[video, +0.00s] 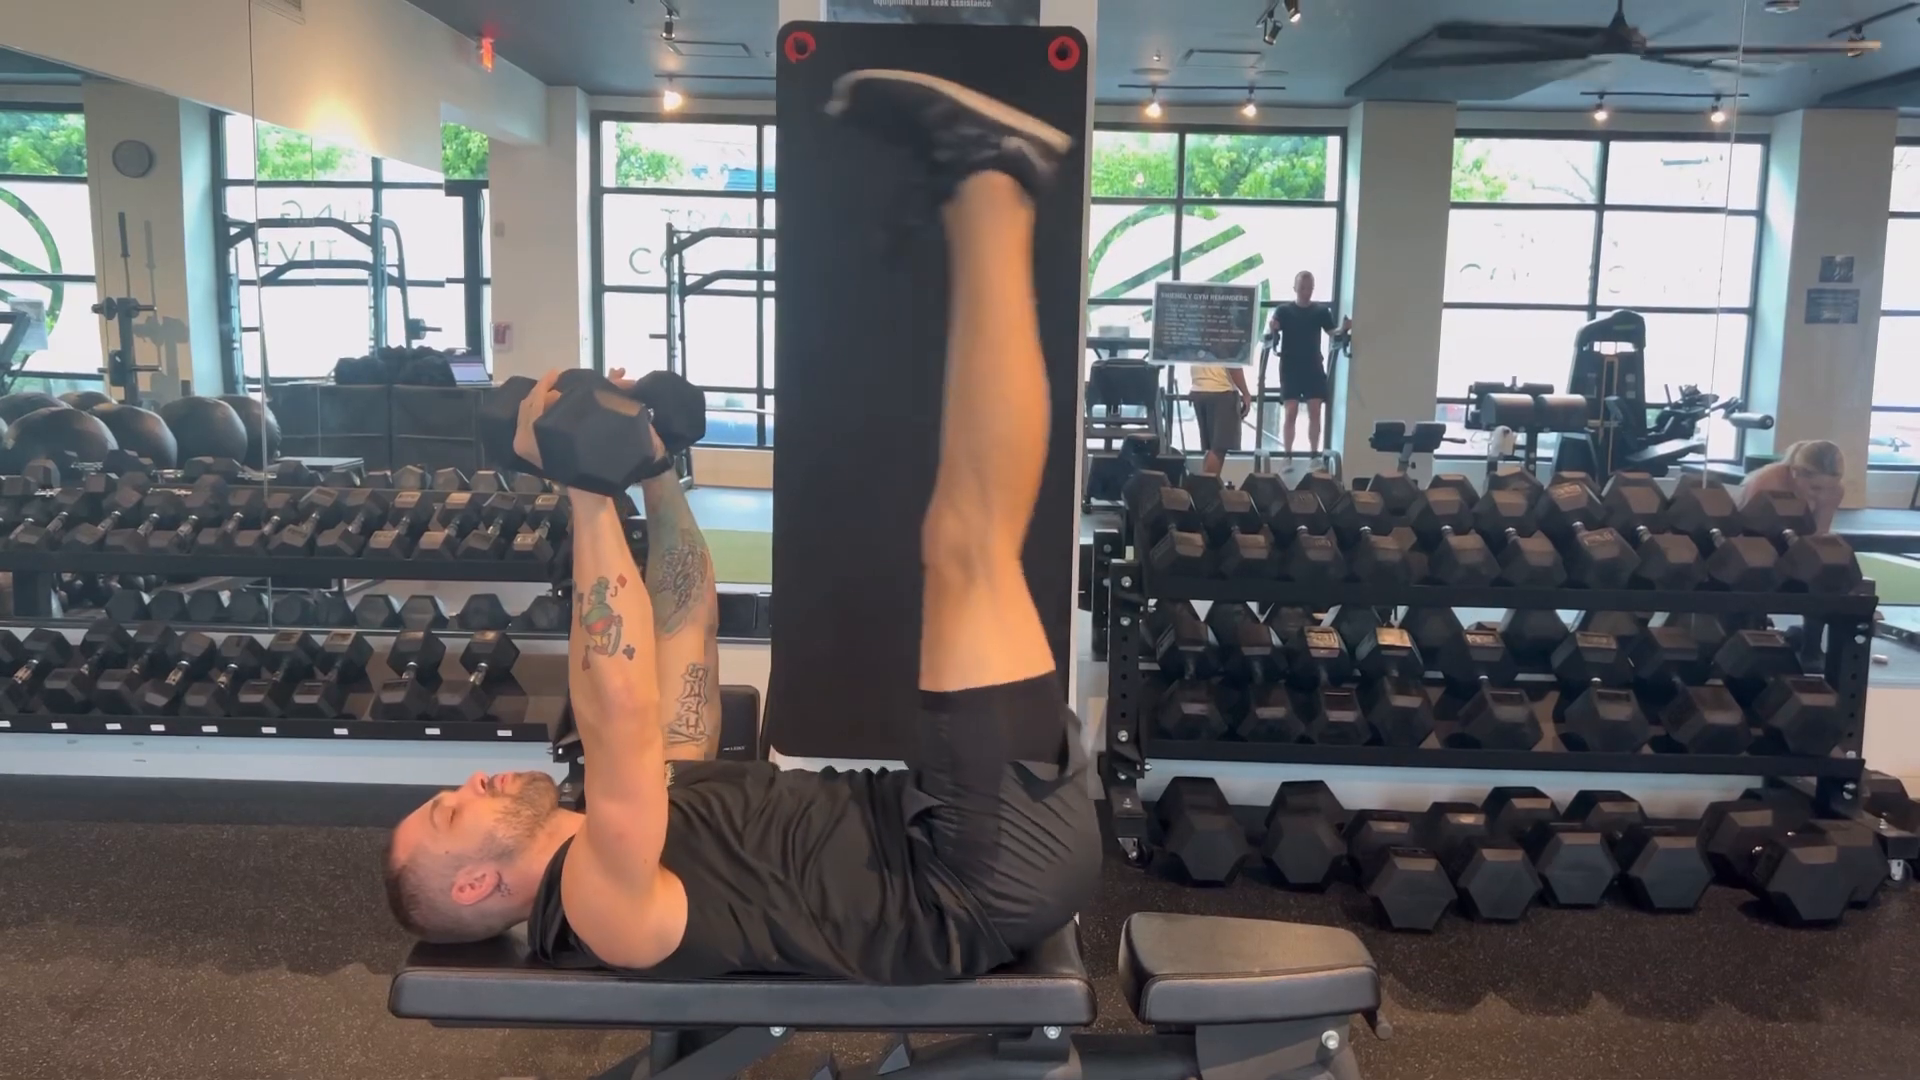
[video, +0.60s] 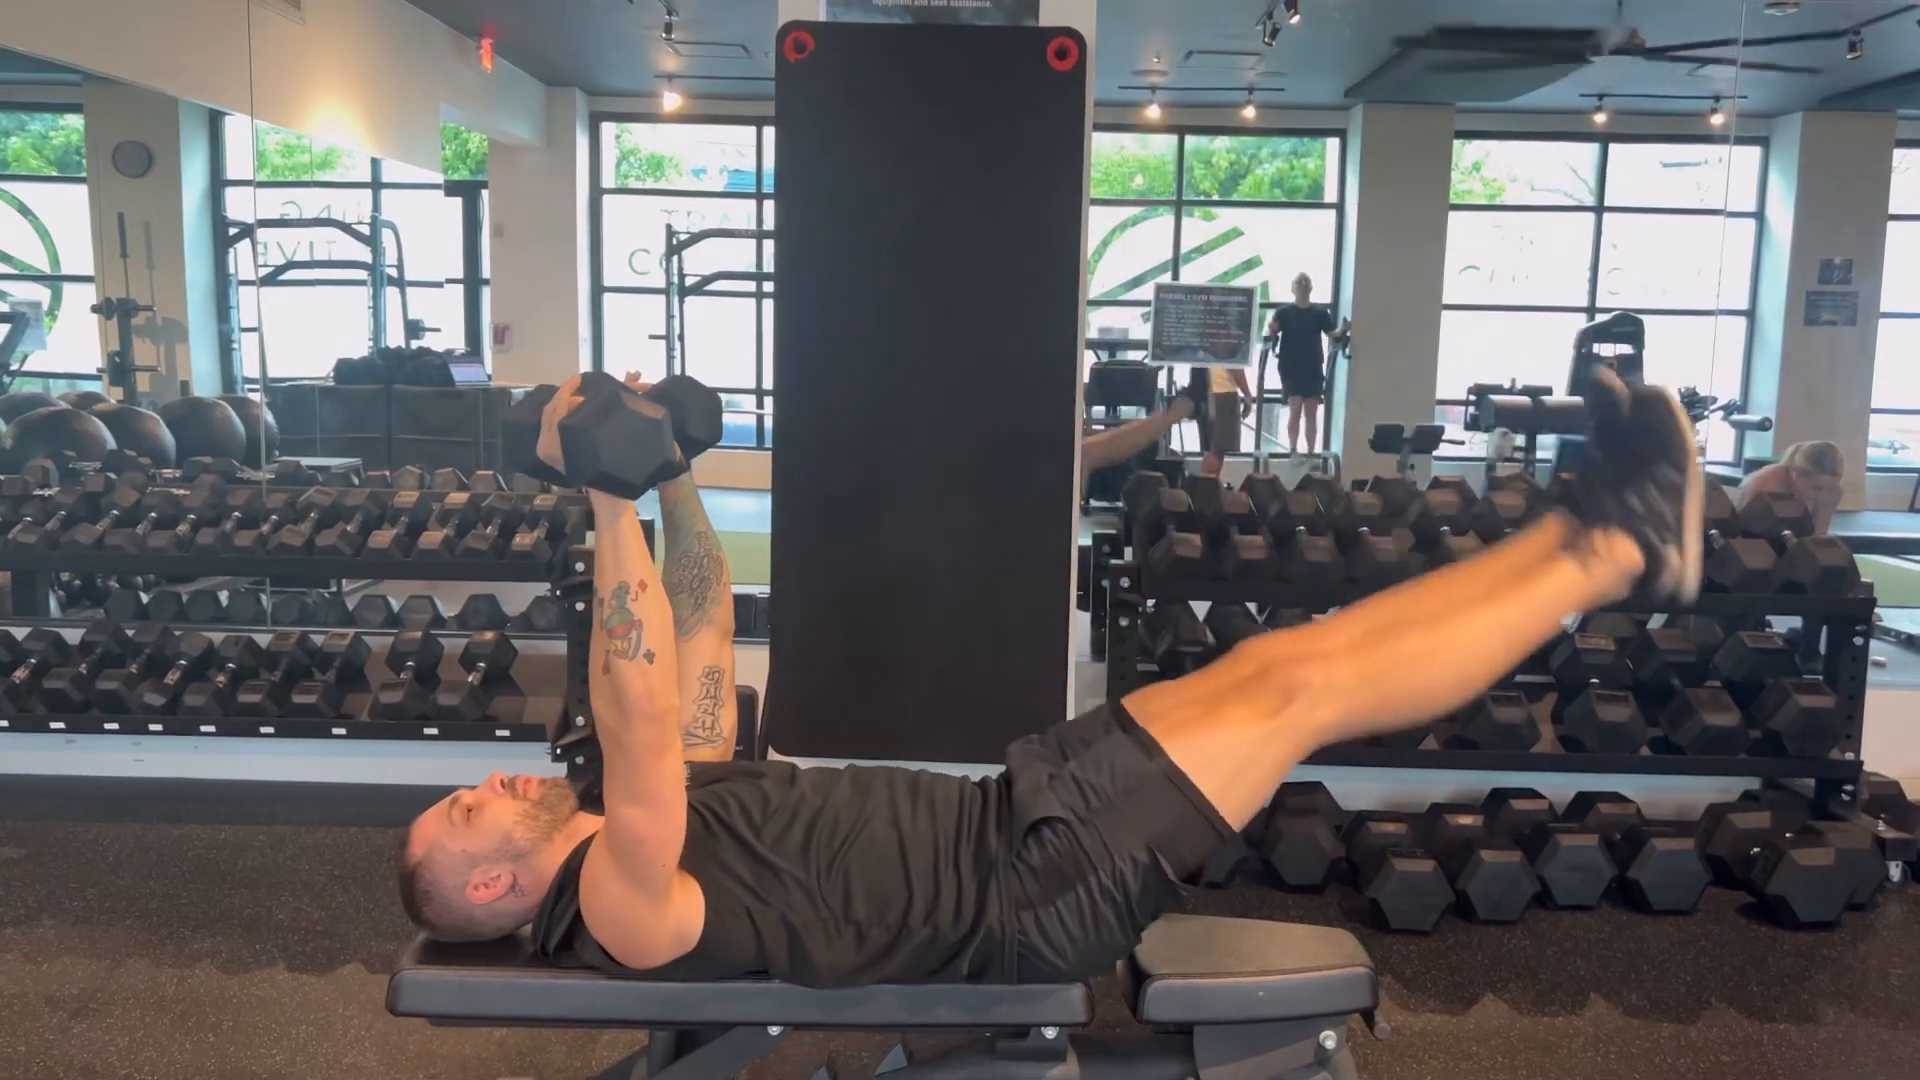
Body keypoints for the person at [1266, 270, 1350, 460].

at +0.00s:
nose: (1305, 291)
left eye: (1308, 287)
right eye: (1302, 287)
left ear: (1313, 288)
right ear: (1295, 287)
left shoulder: (1320, 311)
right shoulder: (1284, 311)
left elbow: (1332, 334)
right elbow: (1270, 339)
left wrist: (1344, 329)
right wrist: (1272, 330)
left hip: (1313, 364)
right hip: (1290, 364)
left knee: (1315, 411)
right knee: (1291, 412)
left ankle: (1315, 455)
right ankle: (1287, 455)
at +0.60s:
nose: (1303, 291)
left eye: (1306, 287)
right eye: (1300, 287)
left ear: (1310, 289)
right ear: (1293, 289)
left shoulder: (1319, 312)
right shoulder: (1284, 313)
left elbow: (1332, 335)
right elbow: (1270, 336)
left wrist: (1343, 330)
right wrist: (1271, 331)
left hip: (1313, 364)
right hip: (1290, 364)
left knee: (1311, 408)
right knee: (1296, 406)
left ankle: (1311, 452)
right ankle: (1293, 450)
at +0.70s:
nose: (1303, 288)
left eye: (1306, 284)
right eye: (1299, 284)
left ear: (1310, 287)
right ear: (1293, 288)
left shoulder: (1320, 311)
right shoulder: (1284, 312)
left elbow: (1332, 334)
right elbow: (1271, 332)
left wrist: (1343, 328)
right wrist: (1271, 329)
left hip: (1314, 358)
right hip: (1291, 357)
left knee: (1319, 393)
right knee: (1299, 381)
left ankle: (1323, 435)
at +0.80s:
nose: (1303, 285)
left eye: (1306, 282)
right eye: (1299, 282)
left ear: (1310, 286)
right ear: (1292, 286)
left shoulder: (1320, 310)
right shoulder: (1283, 311)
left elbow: (1332, 334)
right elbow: (1272, 336)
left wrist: (1342, 329)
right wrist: (1272, 329)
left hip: (1314, 358)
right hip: (1289, 359)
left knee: (1323, 357)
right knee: (1301, 353)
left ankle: (1330, 391)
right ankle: (1309, 396)